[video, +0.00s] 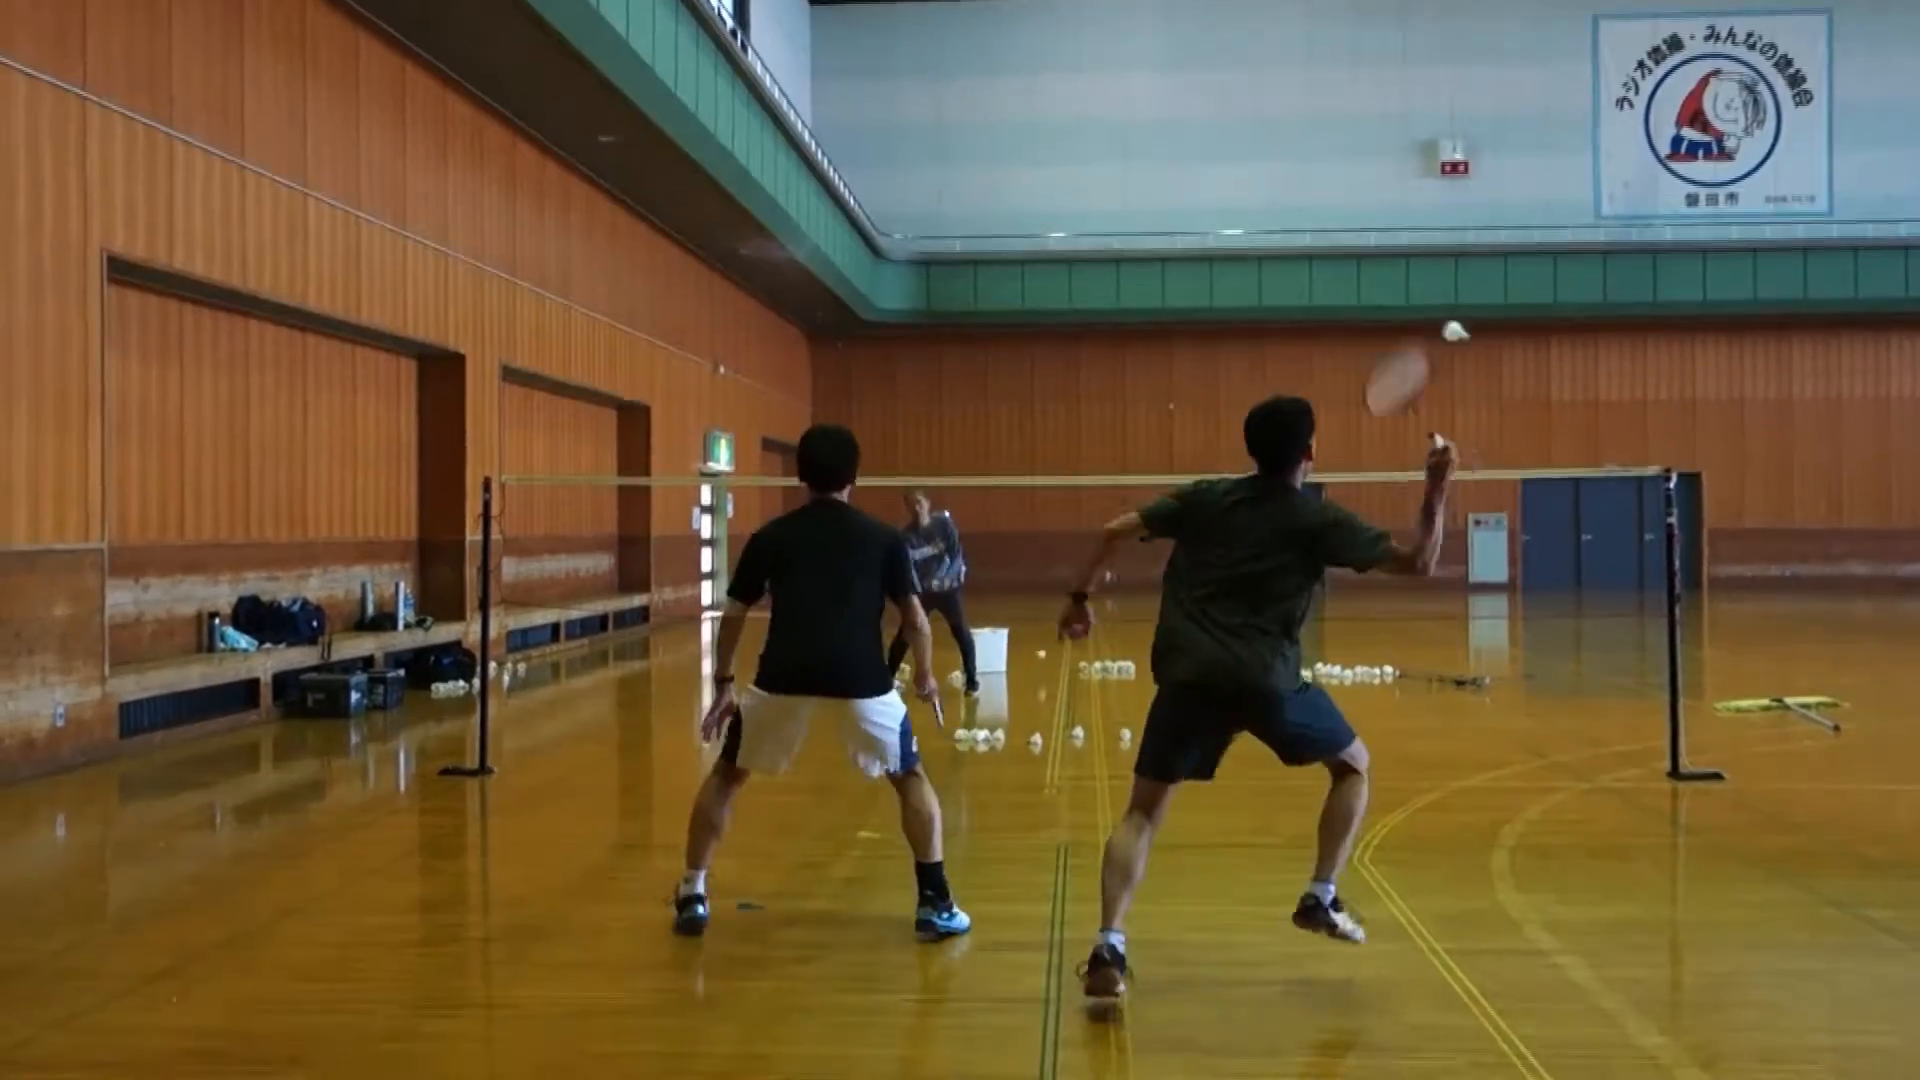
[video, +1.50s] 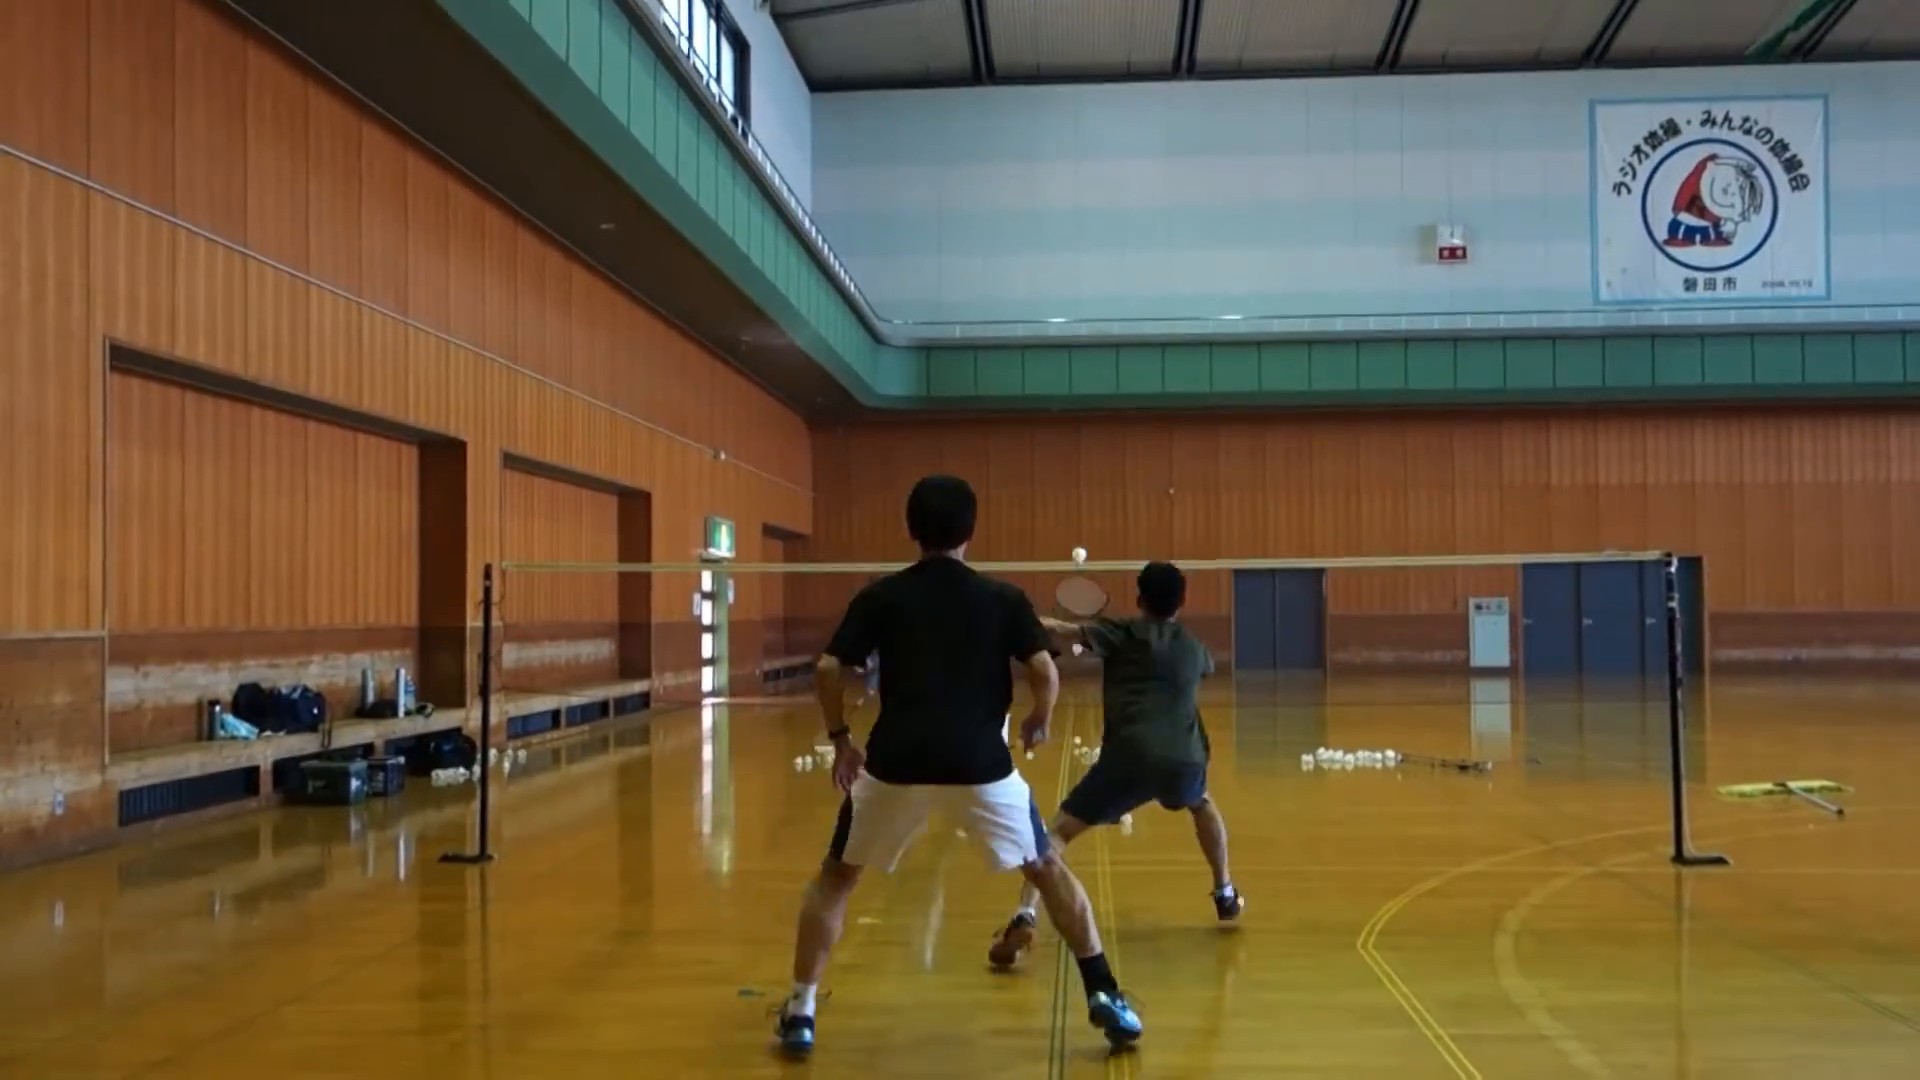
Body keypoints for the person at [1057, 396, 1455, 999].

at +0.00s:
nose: (1315, 452)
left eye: (1309, 442)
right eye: (1313, 444)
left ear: (1251, 451)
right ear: (1306, 454)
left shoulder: (1206, 499)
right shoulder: (1314, 518)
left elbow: (1116, 531)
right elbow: (1418, 560)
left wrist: (1079, 595)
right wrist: (1437, 484)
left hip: (1185, 678)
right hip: (1265, 679)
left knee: (1140, 811)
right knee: (1352, 766)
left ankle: (1108, 943)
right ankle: (1323, 895)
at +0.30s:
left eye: (1243, 513)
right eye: (1293, 517)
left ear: (1242, 521)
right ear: (1296, 525)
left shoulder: (1216, 577)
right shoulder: (1321, 590)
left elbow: (1171, 640)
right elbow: (1365, 670)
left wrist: (1163, 696)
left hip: (1229, 723)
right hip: (1300, 729)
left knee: (1161, 827)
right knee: (1323, 832)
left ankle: (1163, 935)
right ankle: (1354, 950)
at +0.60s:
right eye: (1281, 507)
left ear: (1232, 515)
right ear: (1282, 514)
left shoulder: (1210, 570)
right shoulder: (1302, 572)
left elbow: (1181, 604)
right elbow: (1387, 608)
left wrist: (1225, 562)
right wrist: (1400, 564)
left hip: (1216, 724)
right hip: (1285, 724)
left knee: (1181, 832)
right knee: (1333, 811)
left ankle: (1156, 940)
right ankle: (1349, 922)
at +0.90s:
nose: (1298, 531)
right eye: (1299, 523)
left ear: (1258, 538)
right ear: (1303, 530)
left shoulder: (1245, 604)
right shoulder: (1335, 571)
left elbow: (1244, 682)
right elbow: (1387, 561)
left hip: (1271, 730)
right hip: (1335, 724)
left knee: (1209, 817)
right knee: (1387, 798)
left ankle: (1157, 912)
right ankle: (1419, 899)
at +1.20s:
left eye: (1190, 559)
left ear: (1187, 564)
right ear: (1232, 565)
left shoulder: (1158, 612)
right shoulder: (1253, 622)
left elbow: (1126, 669)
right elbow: (1268, 700)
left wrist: (1122, 703)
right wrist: (1263, 749)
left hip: (1165, 740)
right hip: (1227, 743)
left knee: (1107, 827)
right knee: (1262, 822)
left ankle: (1080, 921)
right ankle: (1278, 917)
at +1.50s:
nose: (1137, 598)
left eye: (1138, 592)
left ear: (1140, 598)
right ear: (1180, 602)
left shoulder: (1120, 634)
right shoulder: (1193, 647)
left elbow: (1067, 634)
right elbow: (1207, 668)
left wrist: (1022, 622)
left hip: (1127, 760)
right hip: (1181, 762)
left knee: (1061, 833)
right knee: (1202, 806)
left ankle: (1026, 913)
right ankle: (1225, 892)